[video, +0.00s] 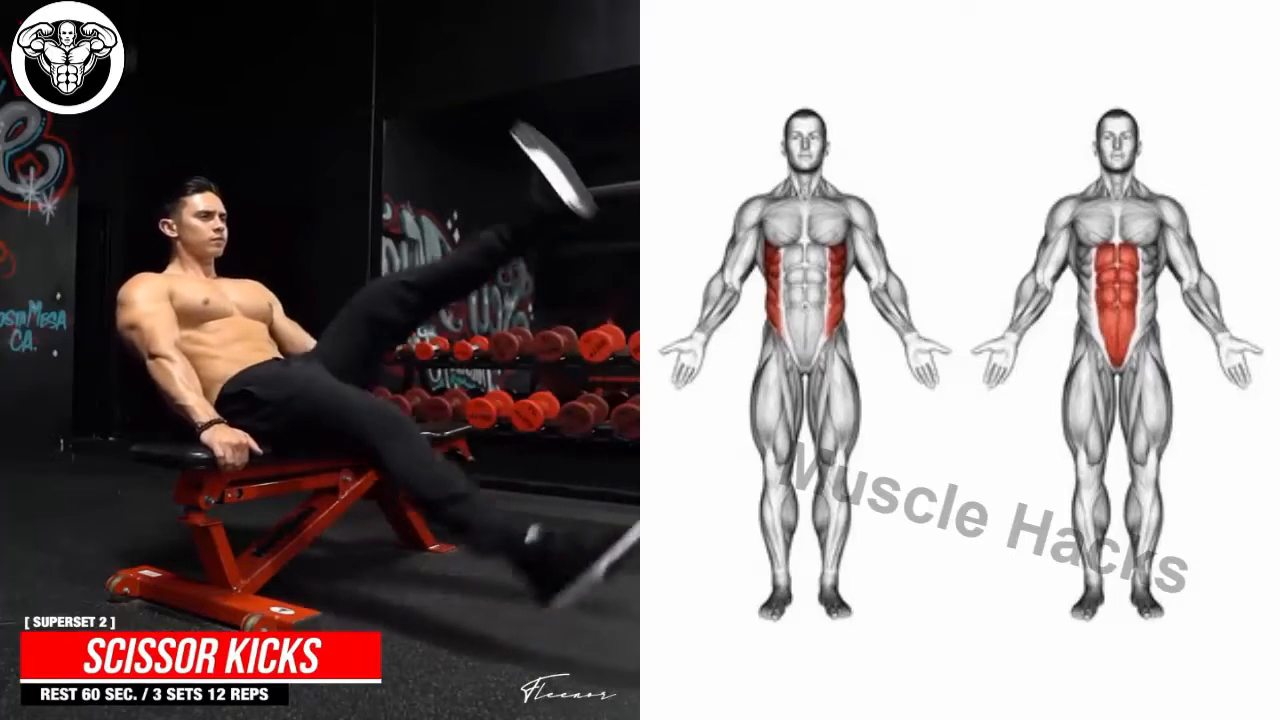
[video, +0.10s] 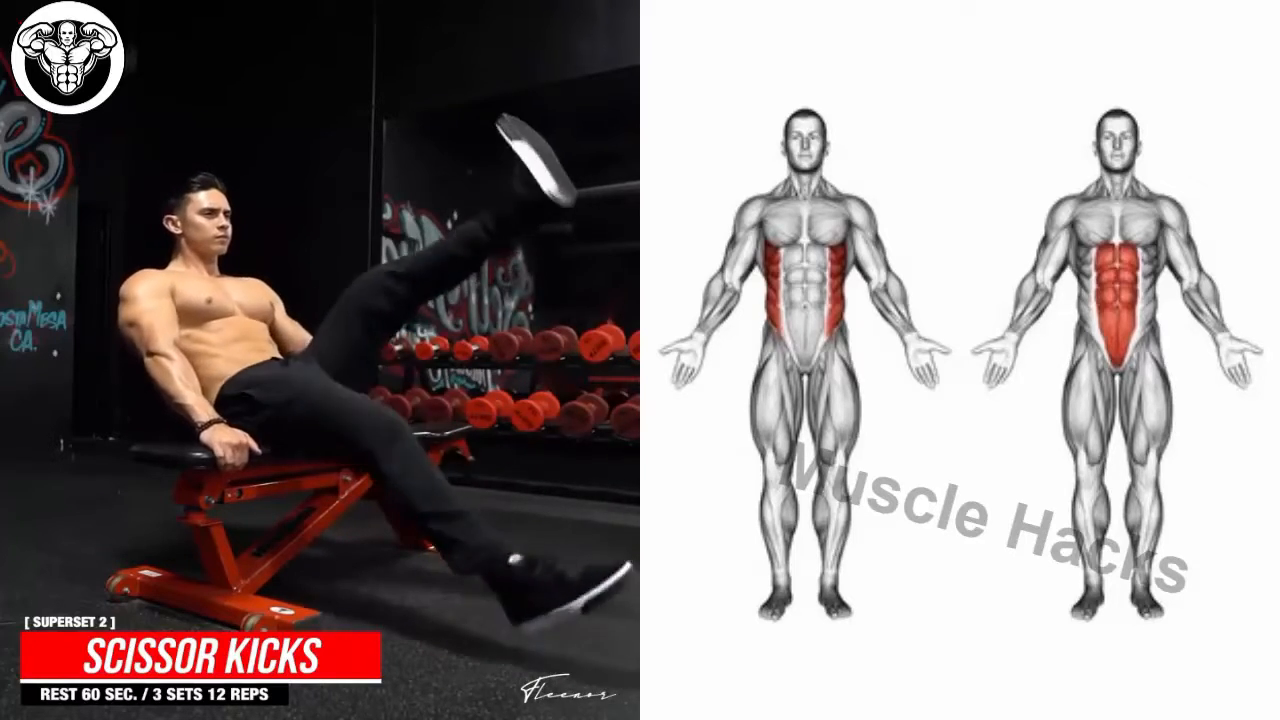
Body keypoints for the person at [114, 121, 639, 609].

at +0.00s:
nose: (218, 225)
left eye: (221, 217)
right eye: (204, 216)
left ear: (225, 229)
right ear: (170, 228)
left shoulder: (254, 292)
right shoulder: (145, 291)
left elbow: (316, 355)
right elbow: (163, 358)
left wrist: (370, 395)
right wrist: (208, 425)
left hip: (303, 376)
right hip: (251, 392)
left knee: (387, 296)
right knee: (381, 417)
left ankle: (536, 221)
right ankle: (528, 548)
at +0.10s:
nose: (222, 224)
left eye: (226, 215)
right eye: (208, 214)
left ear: (230, 226)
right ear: (175, 223)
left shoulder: (254, 289)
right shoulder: (148, 284)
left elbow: (314, 352)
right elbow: (162, 355)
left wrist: (363, 404)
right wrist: (208, 422)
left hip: (303, 375)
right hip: (250, 389)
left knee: (380, 288)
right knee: (382, 428)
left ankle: (521, 209)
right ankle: (512, 579)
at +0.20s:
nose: (222, 226)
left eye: (226, 216)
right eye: (208, 216)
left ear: (228, 223)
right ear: (175, 223)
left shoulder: (255, 290)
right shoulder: (148, 284)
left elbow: (316, 353)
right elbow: (165, 356)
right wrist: (209, 423)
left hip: (300, 381)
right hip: (247, 396)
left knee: (387, 298)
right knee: (379, 404)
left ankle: (539, 265)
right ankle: (520, 536)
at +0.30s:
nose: (215, 223)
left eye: (219, 214)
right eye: (201, 214)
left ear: (223, 225)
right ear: (169, 225)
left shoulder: (253, 289)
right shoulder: (145, 287)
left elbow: (315, 353)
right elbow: (166, 358)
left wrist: (365, 408)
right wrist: (210, 422)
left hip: (299, 383)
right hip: (243, 397)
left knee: (416, 324)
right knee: (372, 357)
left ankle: (561, 363)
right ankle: (537, 441)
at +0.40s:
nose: (213, 220)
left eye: (216, 212)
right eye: (198, 212)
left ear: (221, 225)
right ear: (166, 226)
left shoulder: (255, 287)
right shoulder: (146, 288)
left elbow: (309, 353)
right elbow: (165, 357)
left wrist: (368, 421)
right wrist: (210, 426)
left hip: (307, 395)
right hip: (244, 396)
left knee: (444, 383)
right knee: (359, 316)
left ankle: (585, 481)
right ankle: (541, 346)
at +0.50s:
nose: (215, 221)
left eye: (218, 211)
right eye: (200, 212)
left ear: (223, 220)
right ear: (168, 223)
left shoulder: (258, 284)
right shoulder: (147, 286)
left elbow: (310, 341)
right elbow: (166, 357)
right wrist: (211, 423)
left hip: (311, 397)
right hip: (248, 396)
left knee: (435, 425)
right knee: (341, 293)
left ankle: (560, 562)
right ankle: (516, 247)